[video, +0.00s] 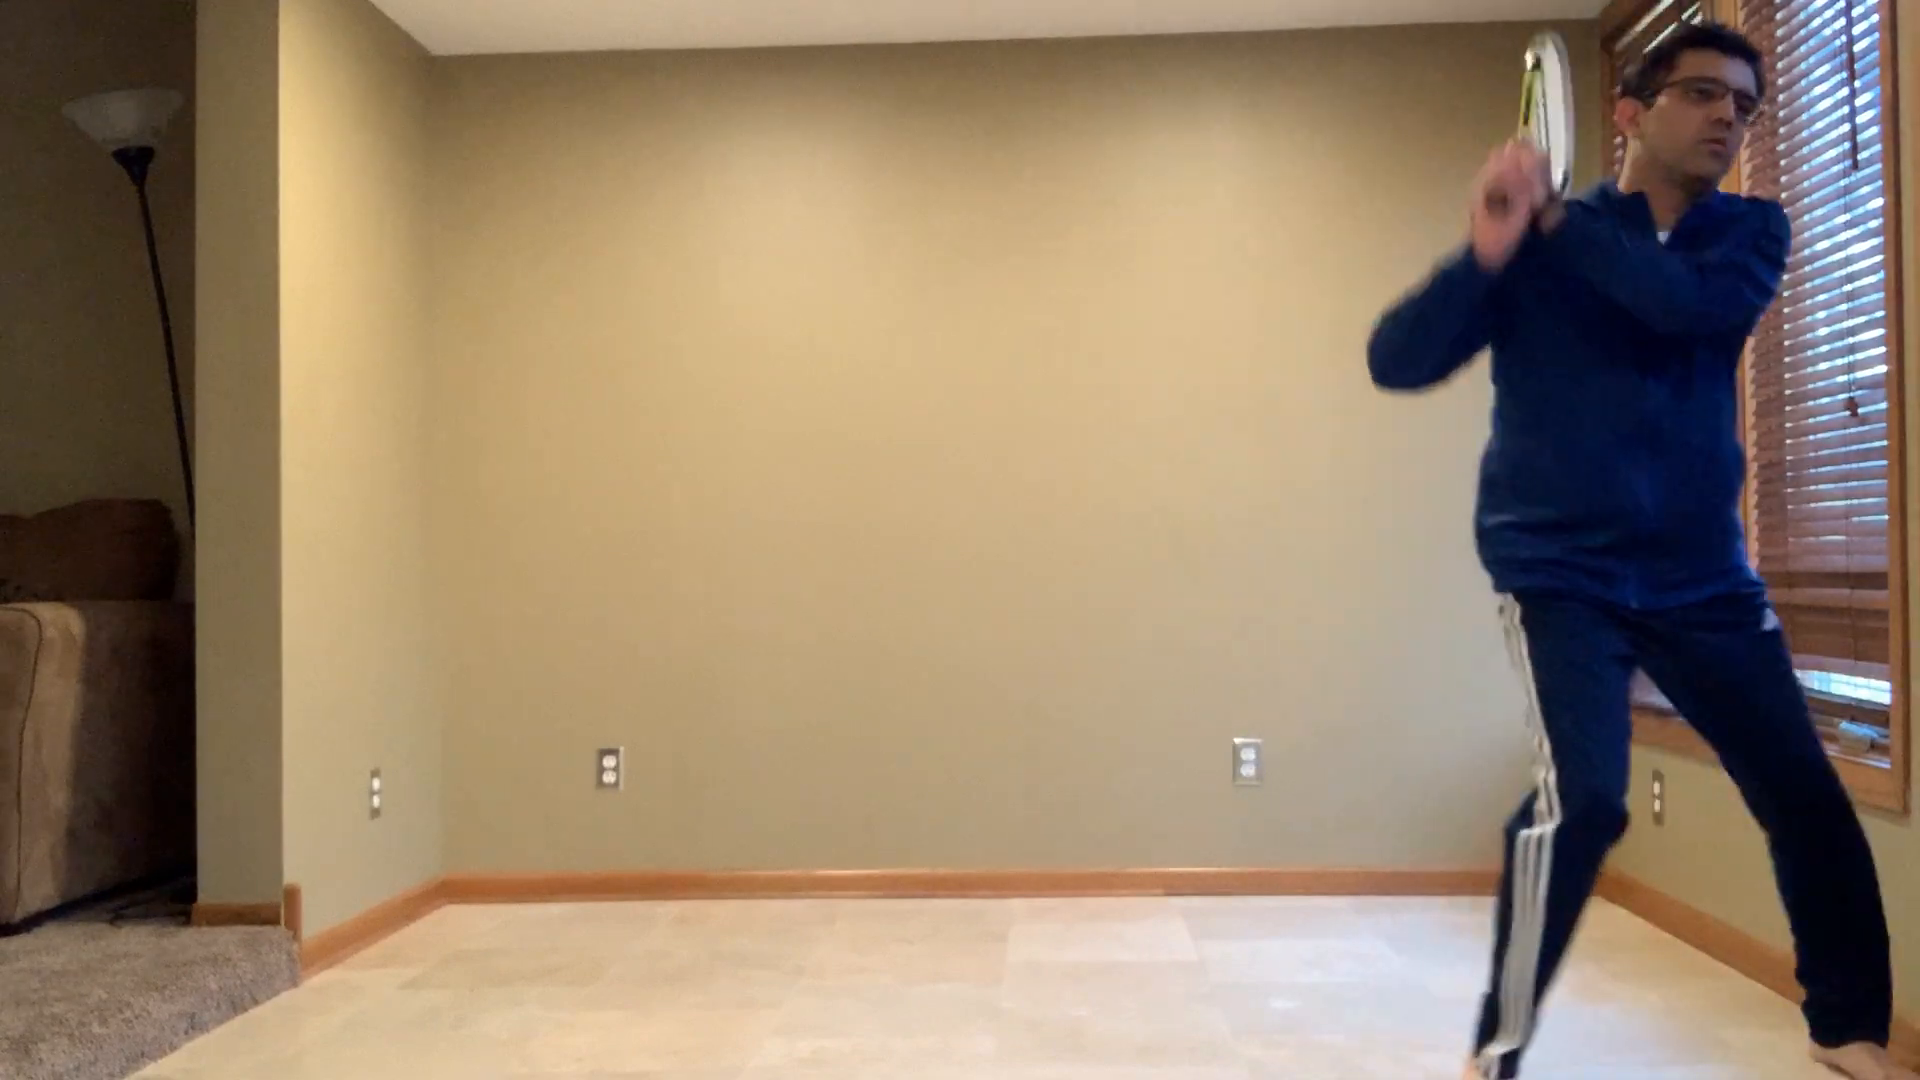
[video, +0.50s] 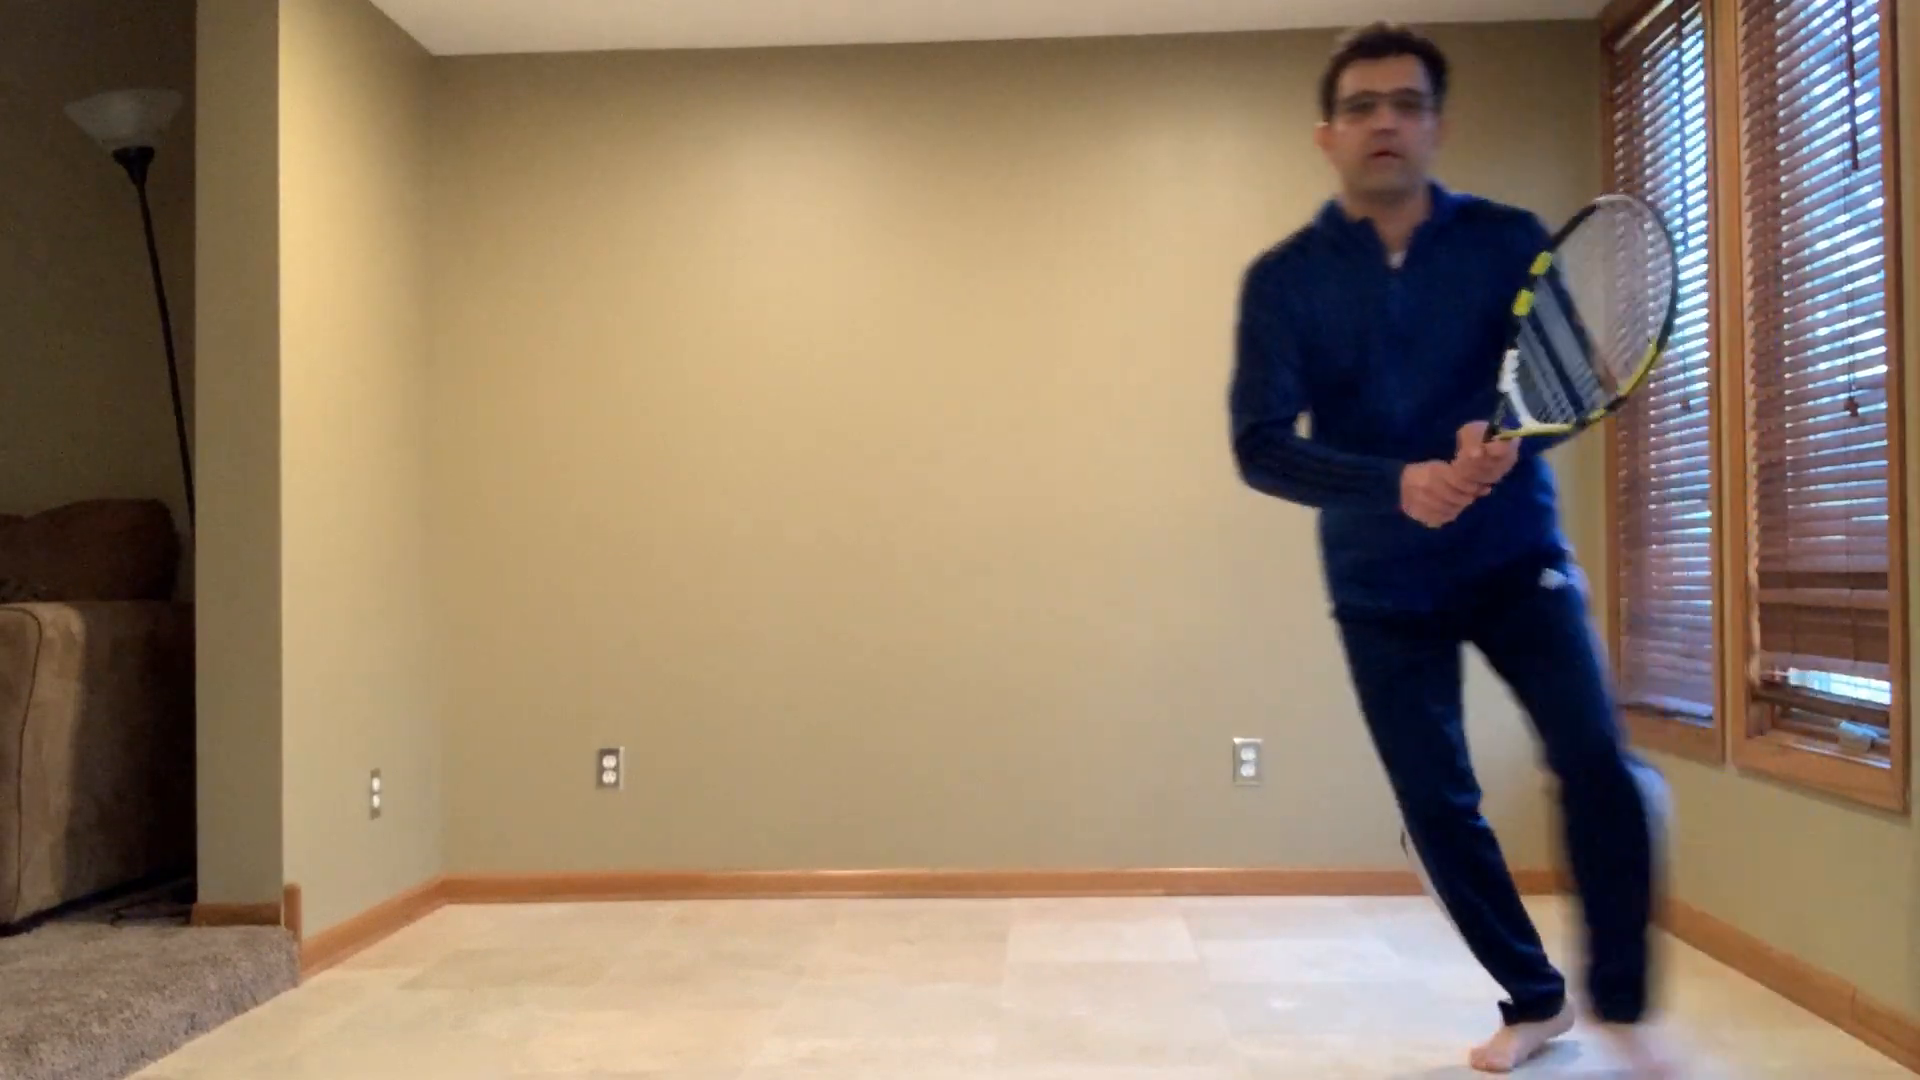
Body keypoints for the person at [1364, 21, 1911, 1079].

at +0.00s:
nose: (1727, 118)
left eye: (1741, 105)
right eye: (1702, 94)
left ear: (1746, 129)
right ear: (1630, 113)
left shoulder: (1746, 228)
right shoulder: (1545, 233)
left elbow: (1696, 310)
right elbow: (1397, 360)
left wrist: (1552, 217)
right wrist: (1484, 256)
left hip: (1698, 566)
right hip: (1557, 563)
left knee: (1806, 797)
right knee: (1584, 802)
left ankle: (1851, 1036)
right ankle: (1494, 1051)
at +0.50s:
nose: (1385, 124)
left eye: (1408, 104)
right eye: (1360, 106)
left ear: (1440, 127)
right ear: (1325, 134)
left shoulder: (1506, 238)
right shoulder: (1284, 280)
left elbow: (1570, 377)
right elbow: (1260, 449)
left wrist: (1509, 435)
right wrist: (1394, 480)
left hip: (1515, 556)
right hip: (1383, 579)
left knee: (1595, 759)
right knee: (1435, 805)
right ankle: (1533, 1001)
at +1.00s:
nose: (922, 123)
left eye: (948, 106)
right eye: (907, 103)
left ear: (994, 124)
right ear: (889, 117)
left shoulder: (1050, 246)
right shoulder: (842, 252)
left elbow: (1080, 407)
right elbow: (814, 405)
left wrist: (978, 468)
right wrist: (892, 489)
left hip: (1036, 560)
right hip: (899, 568)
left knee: (1101, 769)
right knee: (868, 790)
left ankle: (1142, 1015)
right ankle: (904, 1012)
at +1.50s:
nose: (531, 106)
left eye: (560, 91)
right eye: (520, 86)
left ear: (609, 120)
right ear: (502, 106)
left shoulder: (663, 244)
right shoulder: (447, 230)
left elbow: (685, 396)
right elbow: (406, 379)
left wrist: (572, 468)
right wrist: (485, 475)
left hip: (613, 550)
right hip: (475, 546)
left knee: (625, 776)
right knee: (403, 762)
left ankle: (612, 993)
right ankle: (389, 973)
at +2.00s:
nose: (612, 246)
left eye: (638, 233)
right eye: (597, 221)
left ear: (661, 258)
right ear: (556, 226)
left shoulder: (662, 379)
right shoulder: (458, 329)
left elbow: (632, 523)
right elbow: (398, 500)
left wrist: (579, 606)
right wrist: (474, 635)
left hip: (551, 620)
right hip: (416, 601)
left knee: (615, 788)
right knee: (316, 818)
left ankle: (568, 1023)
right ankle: (234, 1028)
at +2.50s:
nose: (1122, 258)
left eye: (1141, 246)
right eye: (1108, 231)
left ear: (1150, 258)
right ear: (1048, 220)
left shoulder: (1046, 329)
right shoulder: (991, 323)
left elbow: (1021, 490)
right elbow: (1006, 498)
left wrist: (1088, 599)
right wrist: (1080, 621)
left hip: (928, 587)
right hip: (847, 579)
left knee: (1013, 764)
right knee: (910, 803)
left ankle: (1027, 1003)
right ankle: (730, 966)